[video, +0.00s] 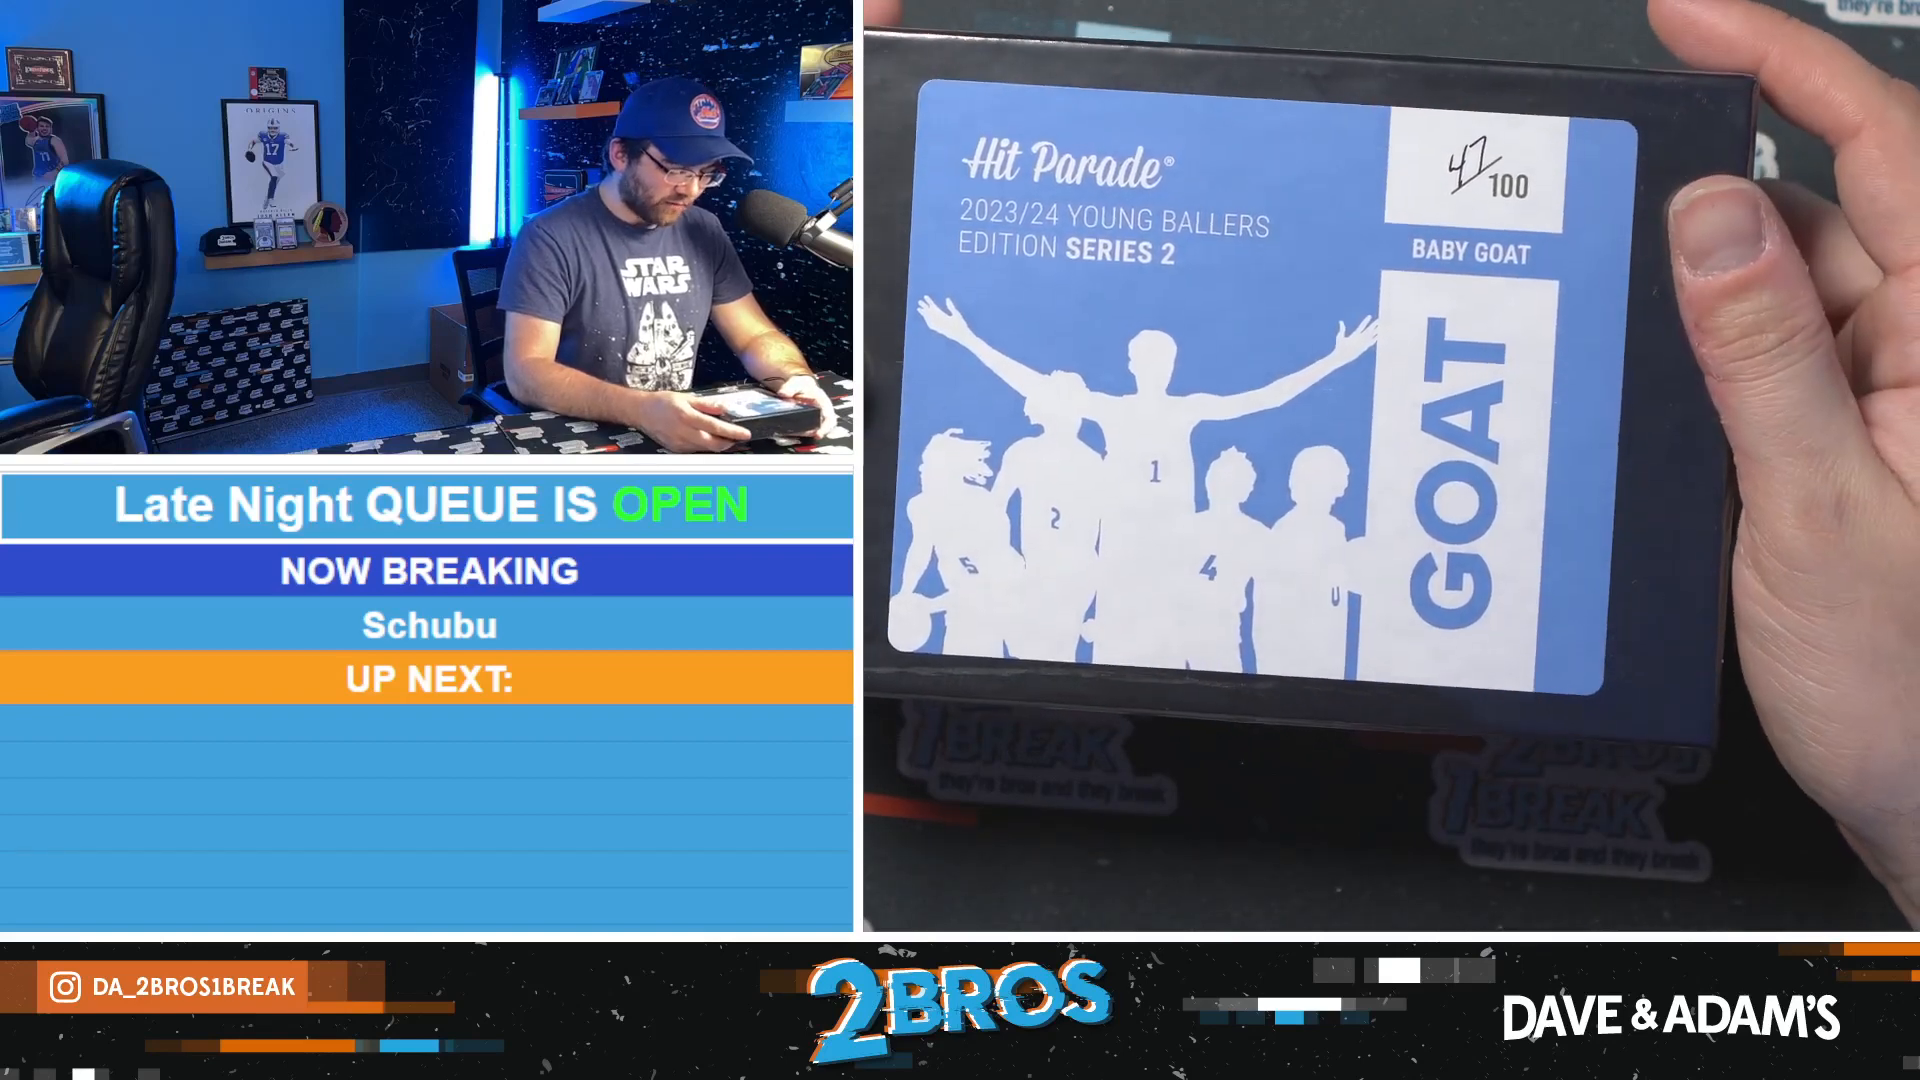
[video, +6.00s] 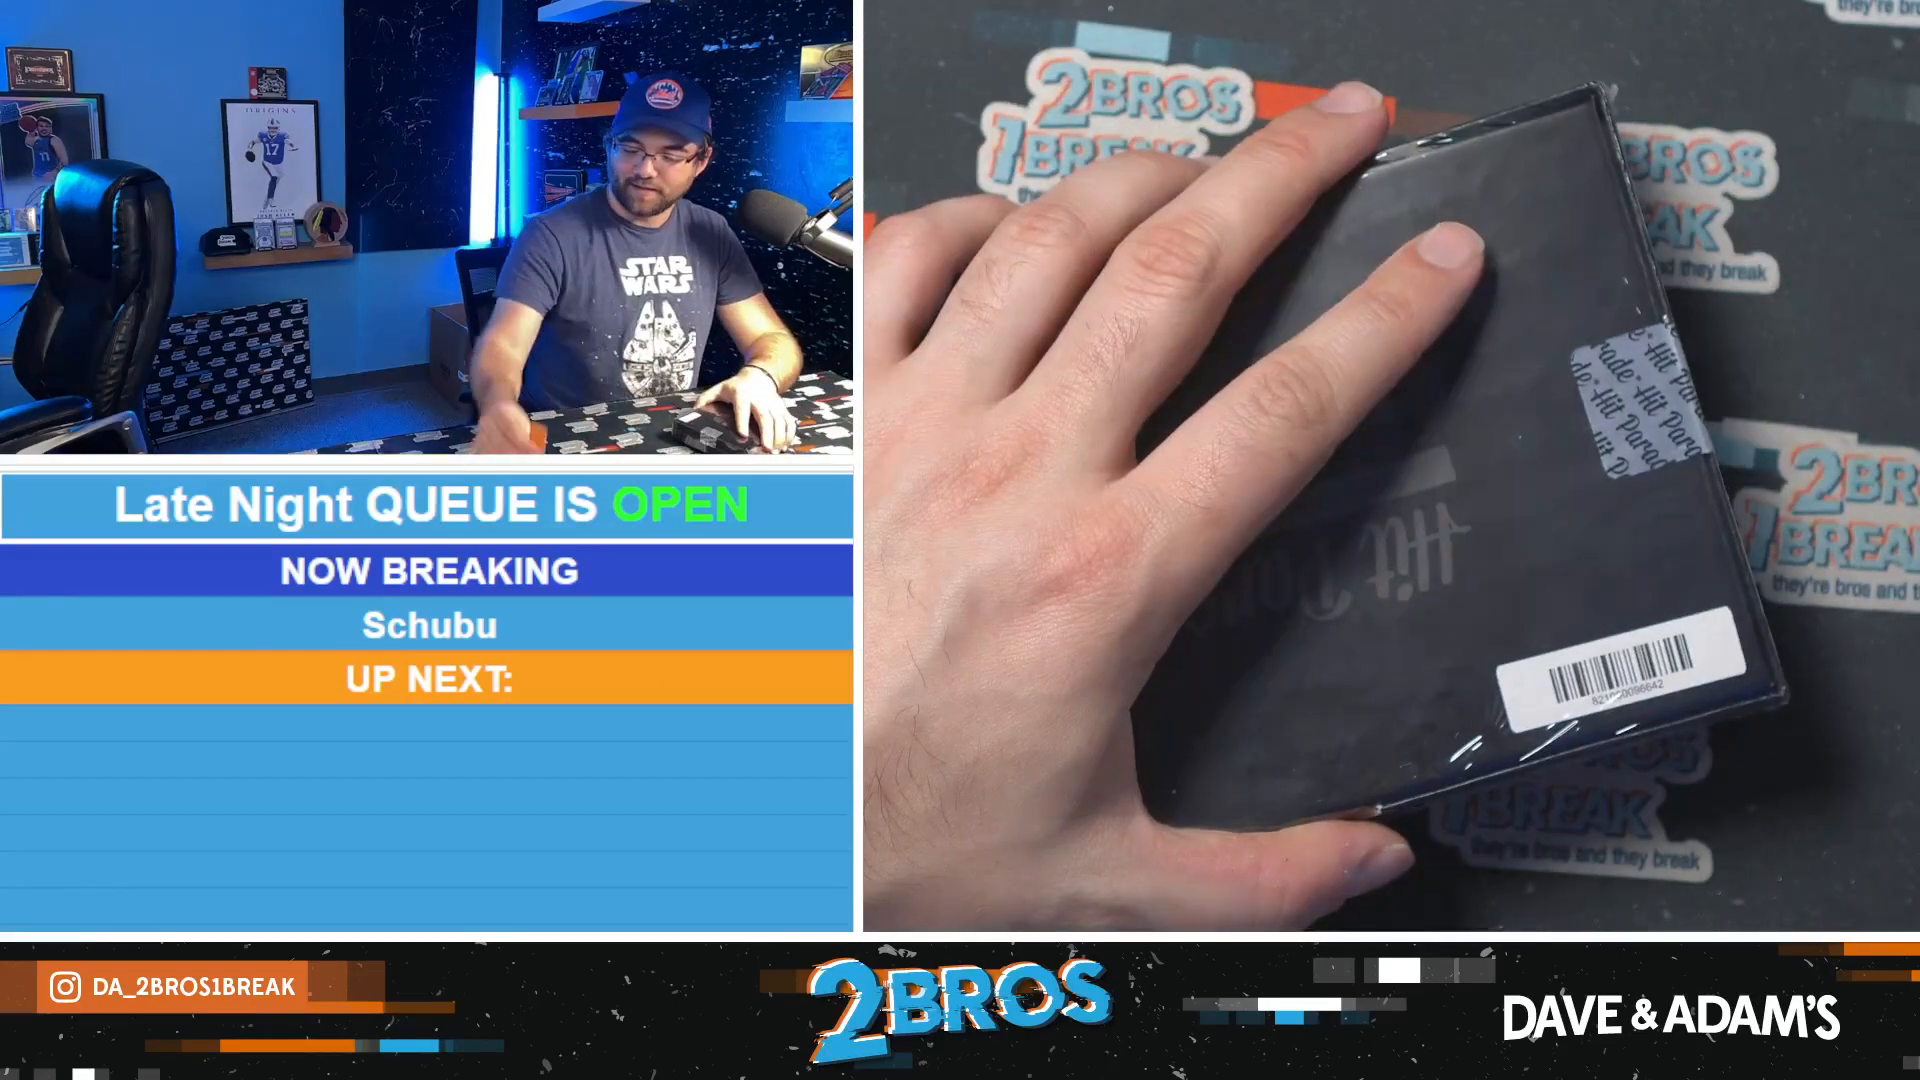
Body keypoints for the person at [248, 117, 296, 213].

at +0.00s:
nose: (273, 130)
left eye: (275, 128)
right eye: (271, 128)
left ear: (278, 128)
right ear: (268, 128)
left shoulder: (283, 136)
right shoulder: (263, 136)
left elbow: (290, 142)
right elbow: (253, 141)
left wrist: (292, 147)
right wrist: (250, 149)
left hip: (279, 164)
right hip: (267, 162)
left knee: (275, 182)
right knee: (274, 176)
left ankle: (267, 199)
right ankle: (270, 199)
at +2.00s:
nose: (273, 130)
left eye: (275, 128)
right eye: (271, 128)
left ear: (278, 128)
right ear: (268, 128)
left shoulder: (283, 136)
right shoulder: (263, 136)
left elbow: (290, 143)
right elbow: (253, 141)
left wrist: (292, 147)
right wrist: (250, 149)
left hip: (279, 164)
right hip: (267, 162)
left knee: (276, 182)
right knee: (274, 176)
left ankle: (267, 200)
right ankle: (270, 199)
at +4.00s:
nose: (273, 130)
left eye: (275, 128)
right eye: (271, 128)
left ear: (278, 128)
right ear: (268, 128)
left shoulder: (283, 136)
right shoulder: (263, 136)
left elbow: (290, 143)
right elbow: (253, 141)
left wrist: (292, 147)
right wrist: (250, 149)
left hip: (279, 164)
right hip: (267, 162)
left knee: (275, 182)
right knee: (274, 176)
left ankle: (267, 200)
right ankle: (270, 199)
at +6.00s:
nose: (273, 130)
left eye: (275, 128)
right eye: (271, 128)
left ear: (278, 128)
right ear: (268, 128)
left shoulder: (283, 136)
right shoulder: (263, 136)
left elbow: (289, 142)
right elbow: (253, 142)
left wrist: (292, 146)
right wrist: (250, 149)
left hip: (278, 163)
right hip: (267, 162)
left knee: (276, 181)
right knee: (274, 176)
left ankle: (267, 200)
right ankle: (270, 199)